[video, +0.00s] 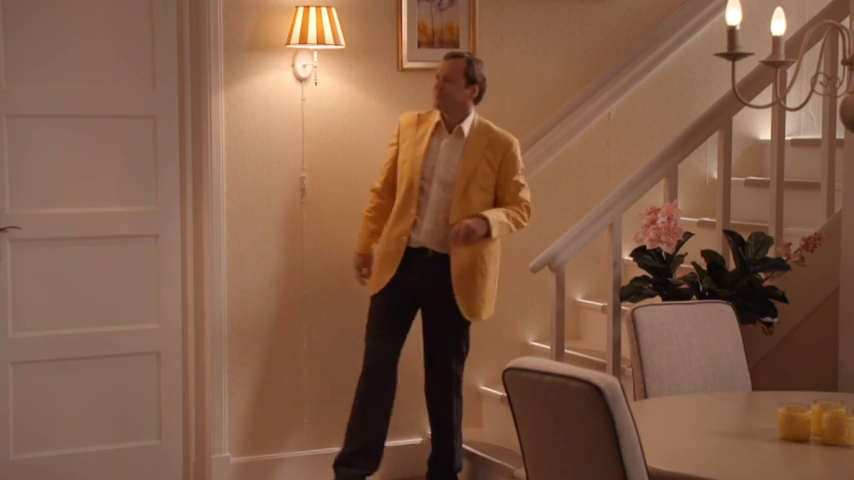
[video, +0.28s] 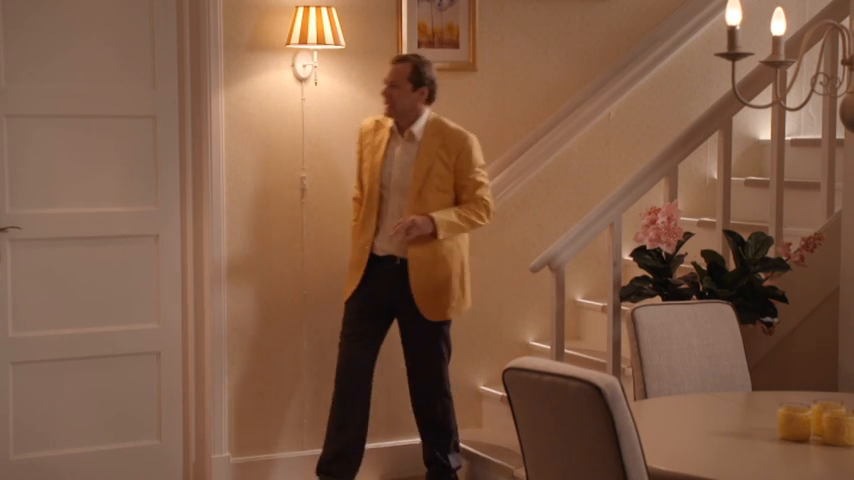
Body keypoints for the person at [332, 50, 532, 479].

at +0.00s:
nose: (436, 87)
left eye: (447, 81)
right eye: (436, 79)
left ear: (474, 91)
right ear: (434, 83)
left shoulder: (501, 146)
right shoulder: (410, 126)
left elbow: (520, 207)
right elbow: (383, 191)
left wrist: (487, 222)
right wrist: (366, 246)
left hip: (453, 271)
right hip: (399, 263)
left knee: (445, 376)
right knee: (377, 365)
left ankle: (444, 472)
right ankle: (353, 468)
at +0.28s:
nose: (384, 94)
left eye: (393, 88)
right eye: (384, 86)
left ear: (422, 93)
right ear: (388, 89)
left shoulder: (458, 142)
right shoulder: (372, 132)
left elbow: (480, 209)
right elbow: (361, 196)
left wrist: (434, 222)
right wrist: (358, 253)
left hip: (426, 278)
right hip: (372, 273)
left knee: (429, 381)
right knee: (351, 374)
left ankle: (443, 471)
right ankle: (334, 474)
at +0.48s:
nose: (332, 94)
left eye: (340, 87)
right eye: (332, 87)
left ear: (370, 93)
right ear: (350, 93)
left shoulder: (407, 139)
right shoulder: (325, 139)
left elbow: (439, 202)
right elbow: (316, 203)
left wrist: (393, 224)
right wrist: (303, 260)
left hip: (388, 279)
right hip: (333, 279)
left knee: (420, 382)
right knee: (324, 384)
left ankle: (442, 474)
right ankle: (330, 475)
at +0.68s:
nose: (289, 90)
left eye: (297, 82)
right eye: (289, 82)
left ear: (327, 86)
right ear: (316, 87)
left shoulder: (366, 133)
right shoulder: (289, 134)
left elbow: (399, 197)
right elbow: (276, 194)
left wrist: (348, 219)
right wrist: (252, 239)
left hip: (357, 273)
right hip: (306, 275)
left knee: (368, 380)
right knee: (312, 388)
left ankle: (385, 473)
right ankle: (327, 477)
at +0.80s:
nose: (268, 86)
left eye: (277, 80)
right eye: (269, 79)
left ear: (307, 86)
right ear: (289, 86)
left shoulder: (343, 132)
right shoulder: (272, 134)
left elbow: (377, 197)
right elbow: (264, 190)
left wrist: (316, 218)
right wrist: (243, 221)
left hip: (335, 275)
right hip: (291, 274)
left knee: (325, 390)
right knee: (304, 391)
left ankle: (333, 476)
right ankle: (319, 475)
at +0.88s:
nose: (256, 88)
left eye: (264, 81)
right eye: (257, 81)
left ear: (294, 88)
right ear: (280, 88)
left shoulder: (329, 134)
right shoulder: (263, 136)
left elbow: (361, 199)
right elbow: (260, 193)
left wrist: (294, 217)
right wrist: (241, 213)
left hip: (323, 278)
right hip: (279, 276)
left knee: (306, 396)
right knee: (305, 393)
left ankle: (294, 476)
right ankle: (332, 474)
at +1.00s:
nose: (239, 90)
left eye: (248, 84)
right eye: (241, 83)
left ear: (277, 91)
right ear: (266, 91)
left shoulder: (308, 138)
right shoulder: (253, 138)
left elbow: (330, 209)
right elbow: (263, 204)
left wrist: (263, 215)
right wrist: (240, 217)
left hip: (301, 286)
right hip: (264, 282)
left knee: (266, 399)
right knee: (302, 398)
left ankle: (239, 476)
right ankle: (329, 476)